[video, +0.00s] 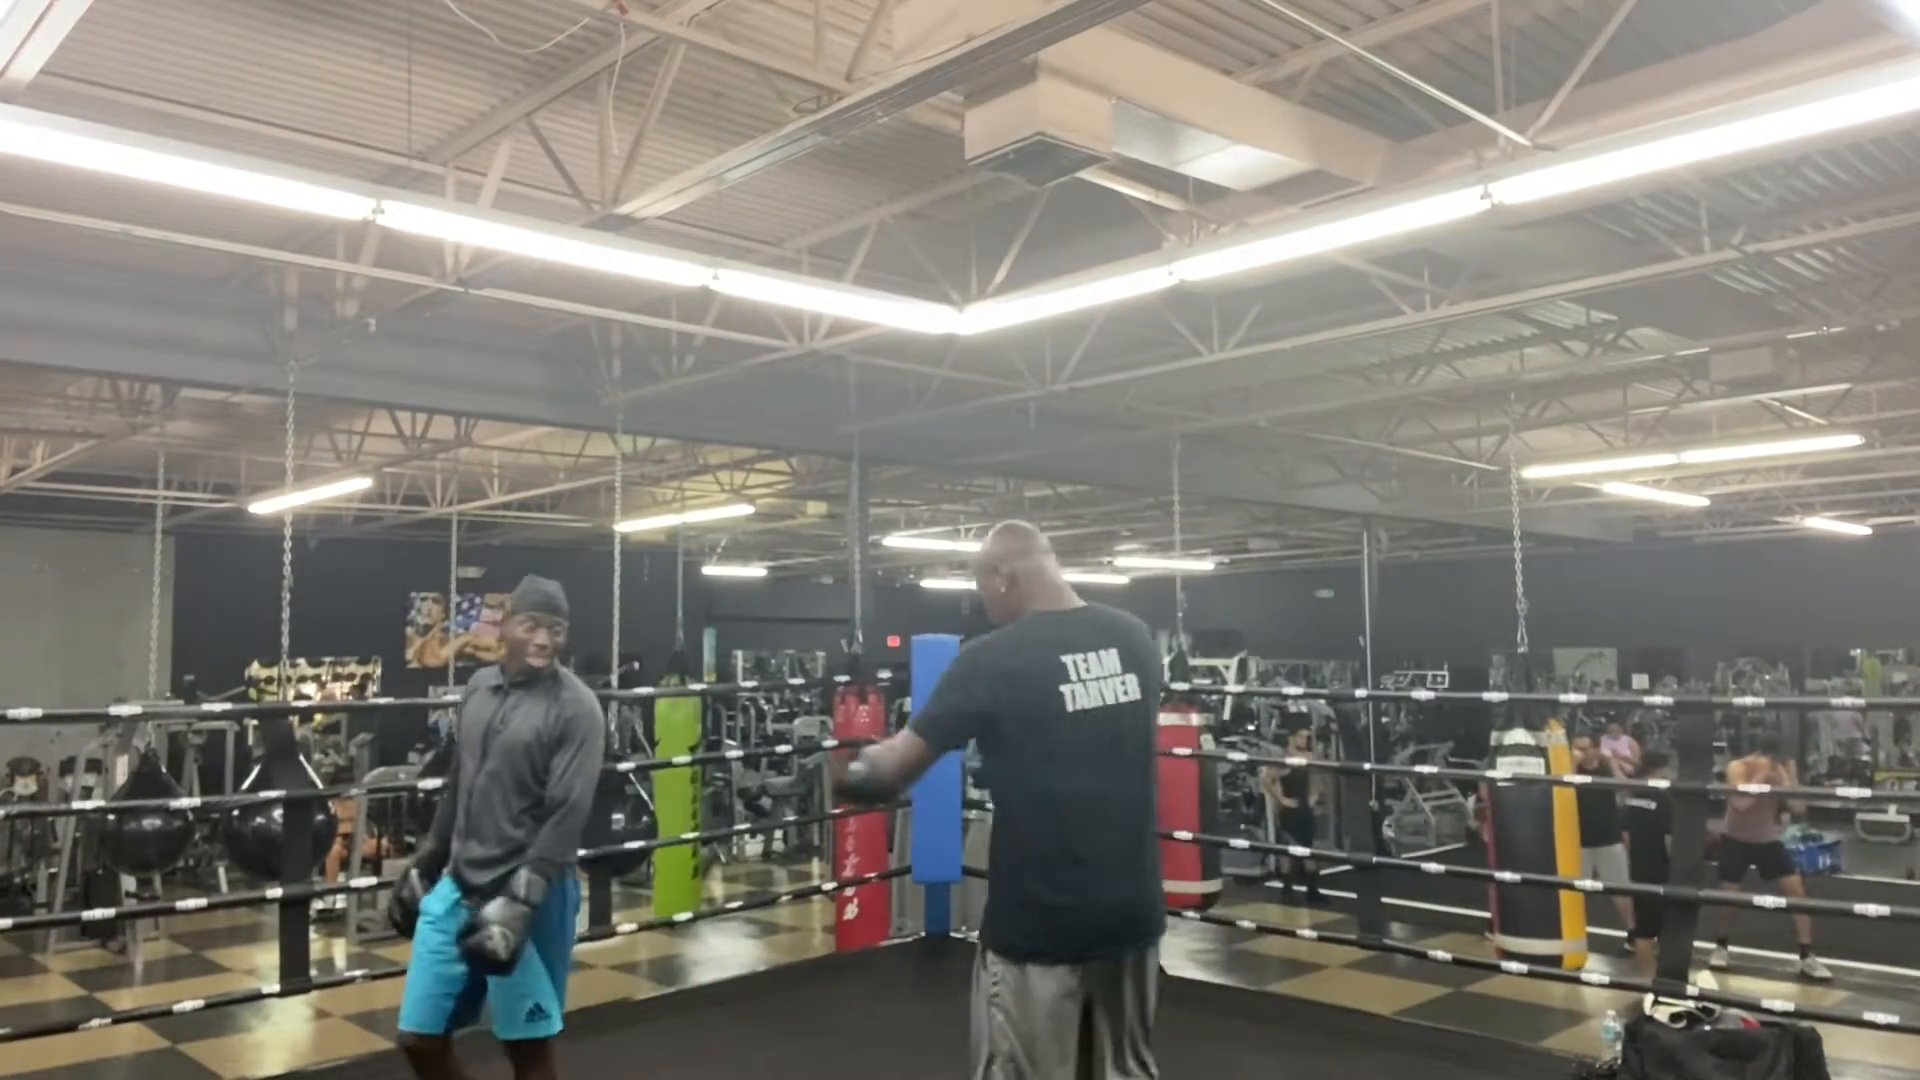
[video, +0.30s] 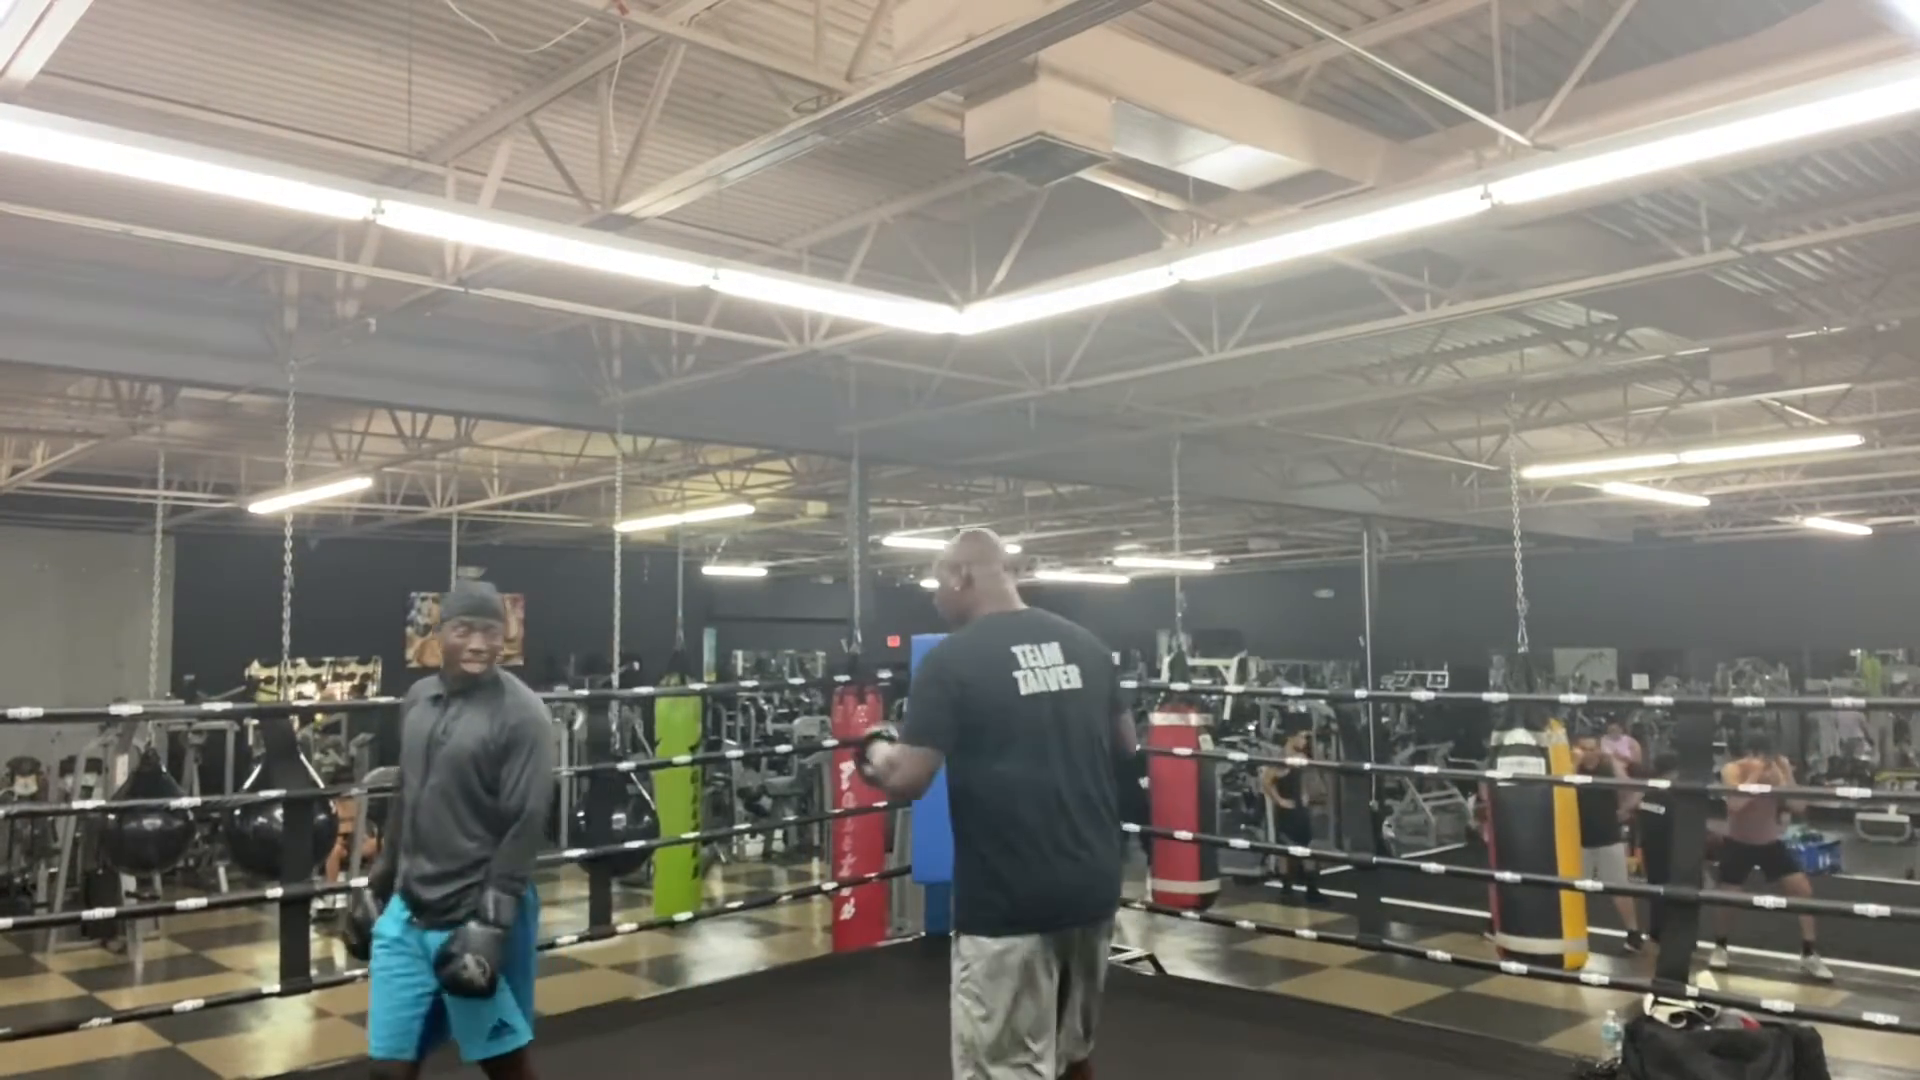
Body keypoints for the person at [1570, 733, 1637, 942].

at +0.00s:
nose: (1579, 754)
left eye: (1584, 749)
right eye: (1576, 749)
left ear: (1596, 749)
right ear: (1571, 751)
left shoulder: (1607, 769)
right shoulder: (1571, 772)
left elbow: (1626, 789)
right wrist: (1571, 765)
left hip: (1610, 839)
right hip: (1578, 840)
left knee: (1619, 890)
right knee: (1572, 892)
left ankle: (1632, 931)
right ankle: (1570, 934)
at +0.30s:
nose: (1589, 754)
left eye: (1593, 749)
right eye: (1584, 749)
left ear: (1599, 750)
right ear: (1576, 751)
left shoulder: (1609, 767)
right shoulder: (1571, 771)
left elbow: (1628, 788)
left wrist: (1624, 810)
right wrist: (1574, 764)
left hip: (1609, 836)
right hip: (1579, 837)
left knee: (1619, 887)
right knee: (1574, 889)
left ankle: (1632, 931)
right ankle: (1571, 935)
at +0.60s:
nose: (1591, 754)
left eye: (1595, 749)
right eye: (1586, 749)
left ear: (1600, 750)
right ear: (1575, 749)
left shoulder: (1609, 769)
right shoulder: (1569, 772)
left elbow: (1627, 778)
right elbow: (1565, 791)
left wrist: (1611, 760)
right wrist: (1583, 767)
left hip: (1610, 836)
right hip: (1581, 838)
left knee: (1621, 887)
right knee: (1573, 890)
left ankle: (1633, 933)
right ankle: (1568, 938)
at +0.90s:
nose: (1577, 754)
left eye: (1581, 749)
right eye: (1575, 750)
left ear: (1596, 750)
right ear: (1573, 751)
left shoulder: (1611, 771)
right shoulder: (1569, 773)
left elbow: (1633, 792)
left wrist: (1616, 765)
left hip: (1609, 841)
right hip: (1577, 841)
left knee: (1620, 889)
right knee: (1568, 892)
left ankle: (1633, 934)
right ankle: (1565, 939)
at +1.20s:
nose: (1569, 755)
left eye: (1573, 750)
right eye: (1568, 750)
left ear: (1590, 750)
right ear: (1568, 750)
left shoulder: (1616, 771)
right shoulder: (1568, 772)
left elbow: (1625, 800)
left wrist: (1600, 780)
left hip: (1607, 843)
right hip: (1573, 842)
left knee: (1618, 890)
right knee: (1565, 893)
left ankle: (1633, 934)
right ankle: (1561, 938)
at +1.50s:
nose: (1565, 754)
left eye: (1569, 750)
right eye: (1565, 750)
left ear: (1584, 751)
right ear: (1569, 751)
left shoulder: (1607, 771)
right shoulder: (1566, 773)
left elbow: (1620, 799)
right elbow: (1554, 801)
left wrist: (1593, 783)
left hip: (1605, 842)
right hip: (1571, 840)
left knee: (1618, 890)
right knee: (1564, 891)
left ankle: (1633, 933)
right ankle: (1559, 933)